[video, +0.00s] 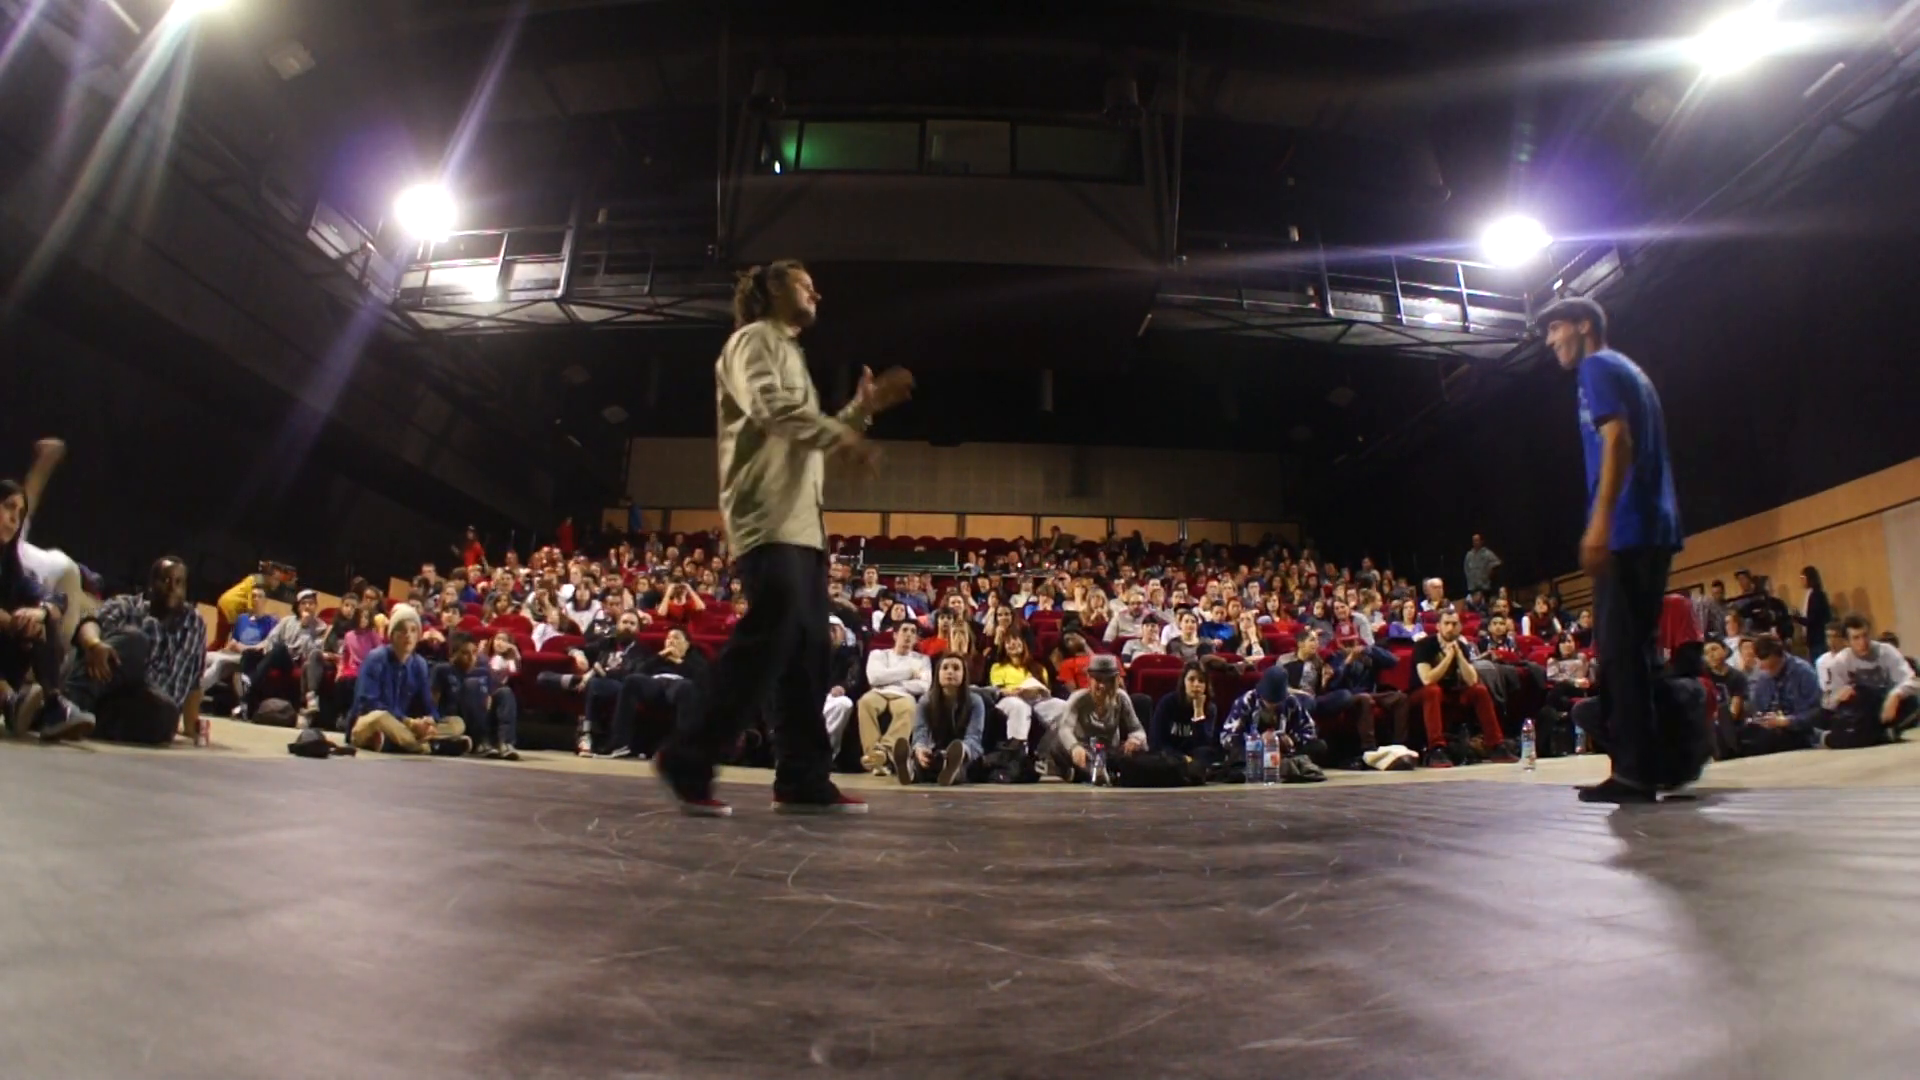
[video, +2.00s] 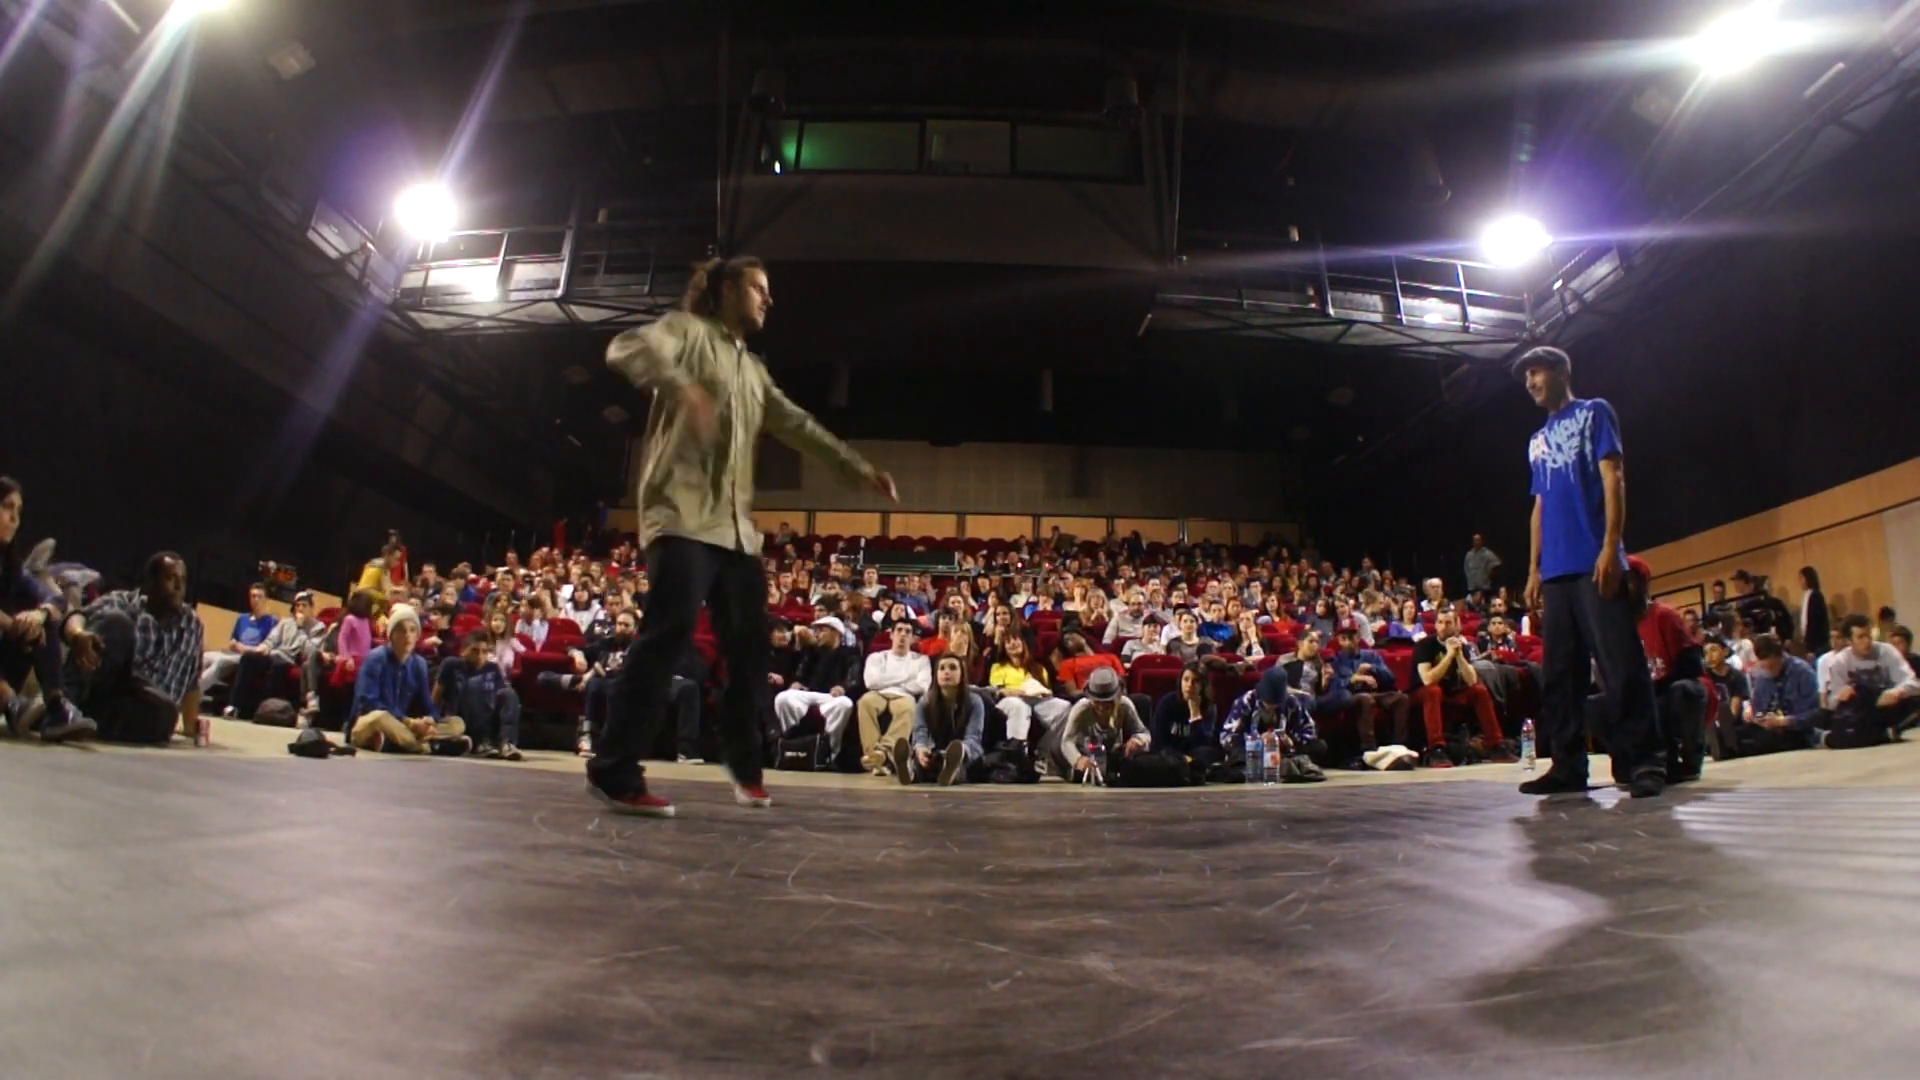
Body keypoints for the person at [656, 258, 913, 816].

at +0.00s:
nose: (815, 295)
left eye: (814, 288)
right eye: (805, 285)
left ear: (791, 297)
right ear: (773, 291)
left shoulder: (791, 356)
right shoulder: (753, 339)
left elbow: (810, 440)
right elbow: (771, 409)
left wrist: (859, 407)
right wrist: (840, 436)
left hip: (801, 521)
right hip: (768, 517)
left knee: (809, 645)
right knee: (775, 630)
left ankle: (803, 778)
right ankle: (687, 760)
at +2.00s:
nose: (767, 299)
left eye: (768, 292)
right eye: (758, 289)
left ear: (751, 300)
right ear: (724, 289)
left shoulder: (752, 369)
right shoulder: (687, 328)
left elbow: (796, 423)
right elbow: (627, 347)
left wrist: (859, 469)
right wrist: (682, 387)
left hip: (733, 522)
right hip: (681, 512)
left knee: (750, 643)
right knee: (669, 634)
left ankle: (743, 757)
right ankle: (615, 765)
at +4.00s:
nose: (740, 296)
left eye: (742, 289)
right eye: (731, 285)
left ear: (734, 298)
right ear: (695, 284)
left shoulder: (733, 345)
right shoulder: (666, 316)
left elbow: (797, 363)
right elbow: (635, 331)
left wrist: (873, 387)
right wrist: (639, 333)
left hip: (708, 515)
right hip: (654, 507)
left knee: (693, 650)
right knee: (635, 643)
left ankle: (689, 775)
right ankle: (609, 779)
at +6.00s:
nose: (792, 310)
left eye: (794, 303)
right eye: (783, 299)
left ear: (784, 313)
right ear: (749, 299)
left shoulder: (773, 370)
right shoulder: (713, 325)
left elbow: (798, 413)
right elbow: (656, 313)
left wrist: (823, 447)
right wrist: (587, 302)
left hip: (730, 513)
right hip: (676, 497)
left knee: (784, 627)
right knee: (692, 606)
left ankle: (735, 744)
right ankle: (600, 751)